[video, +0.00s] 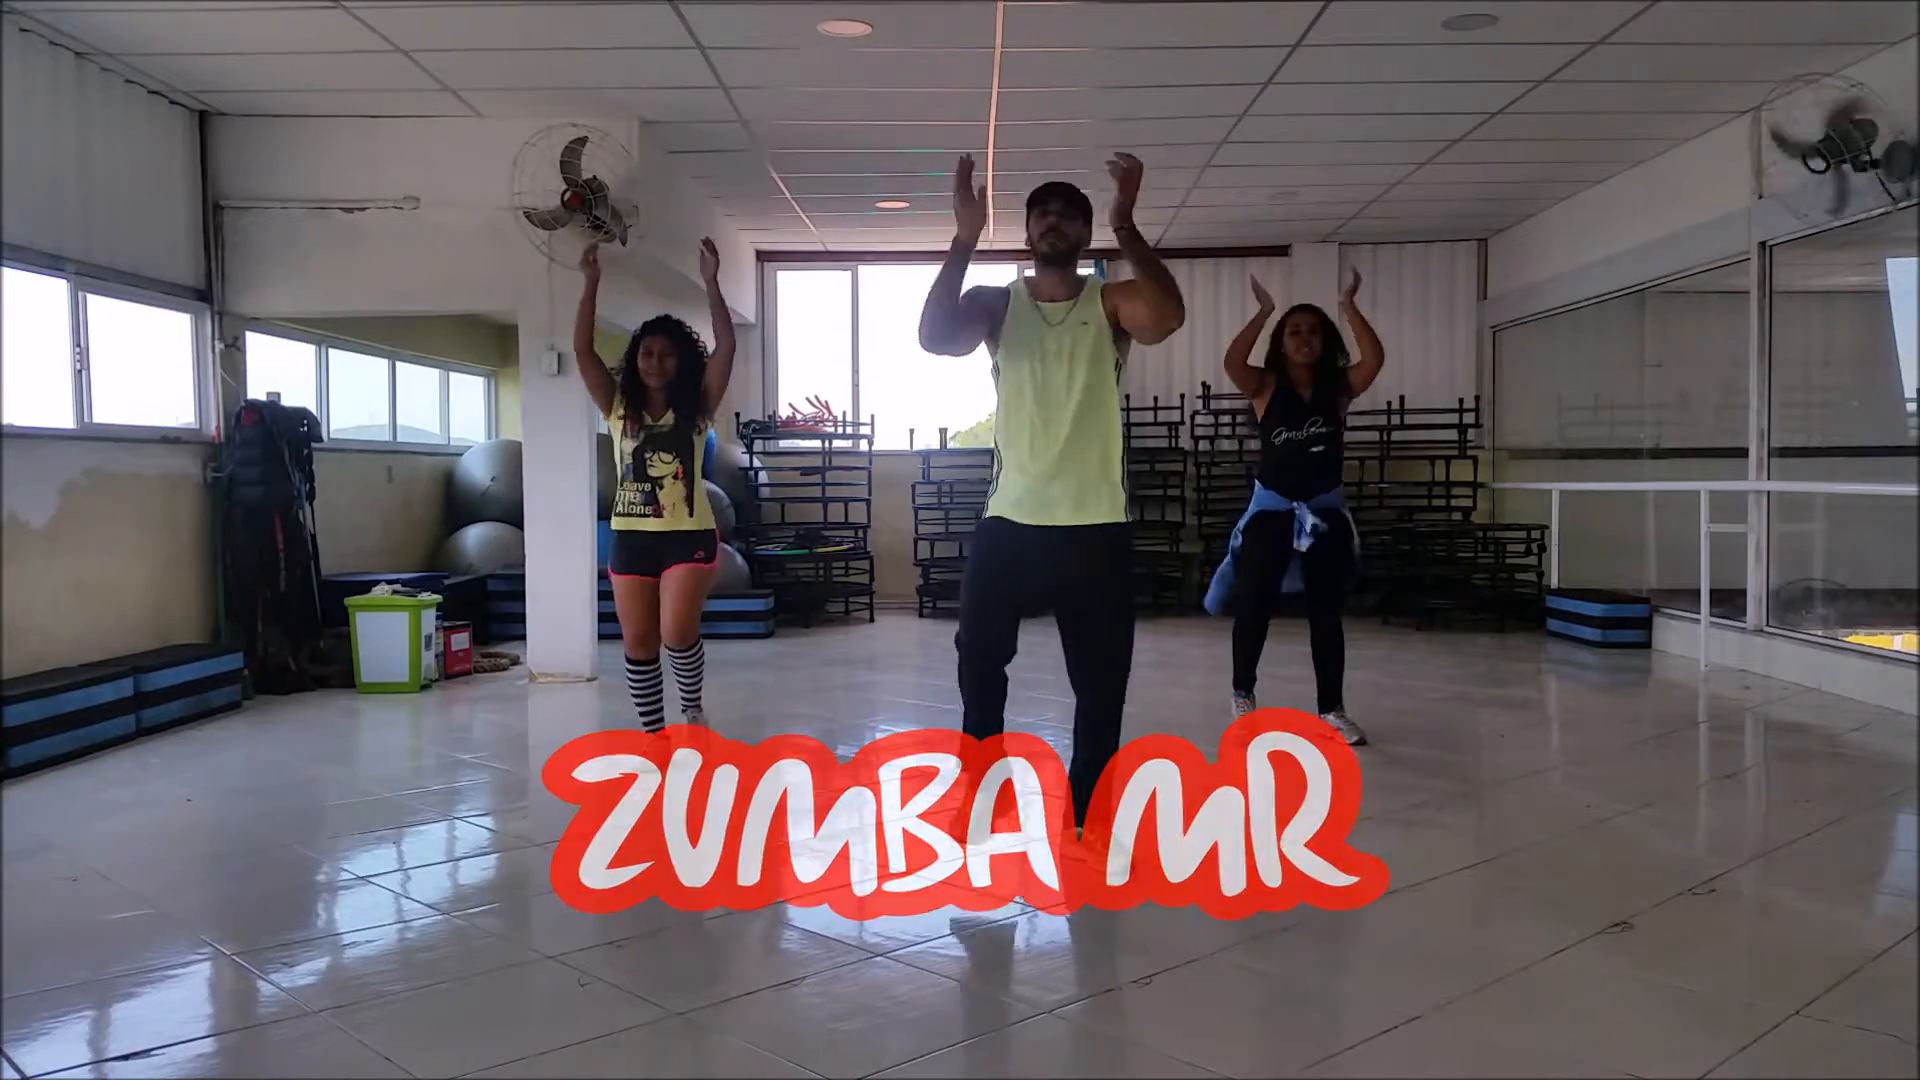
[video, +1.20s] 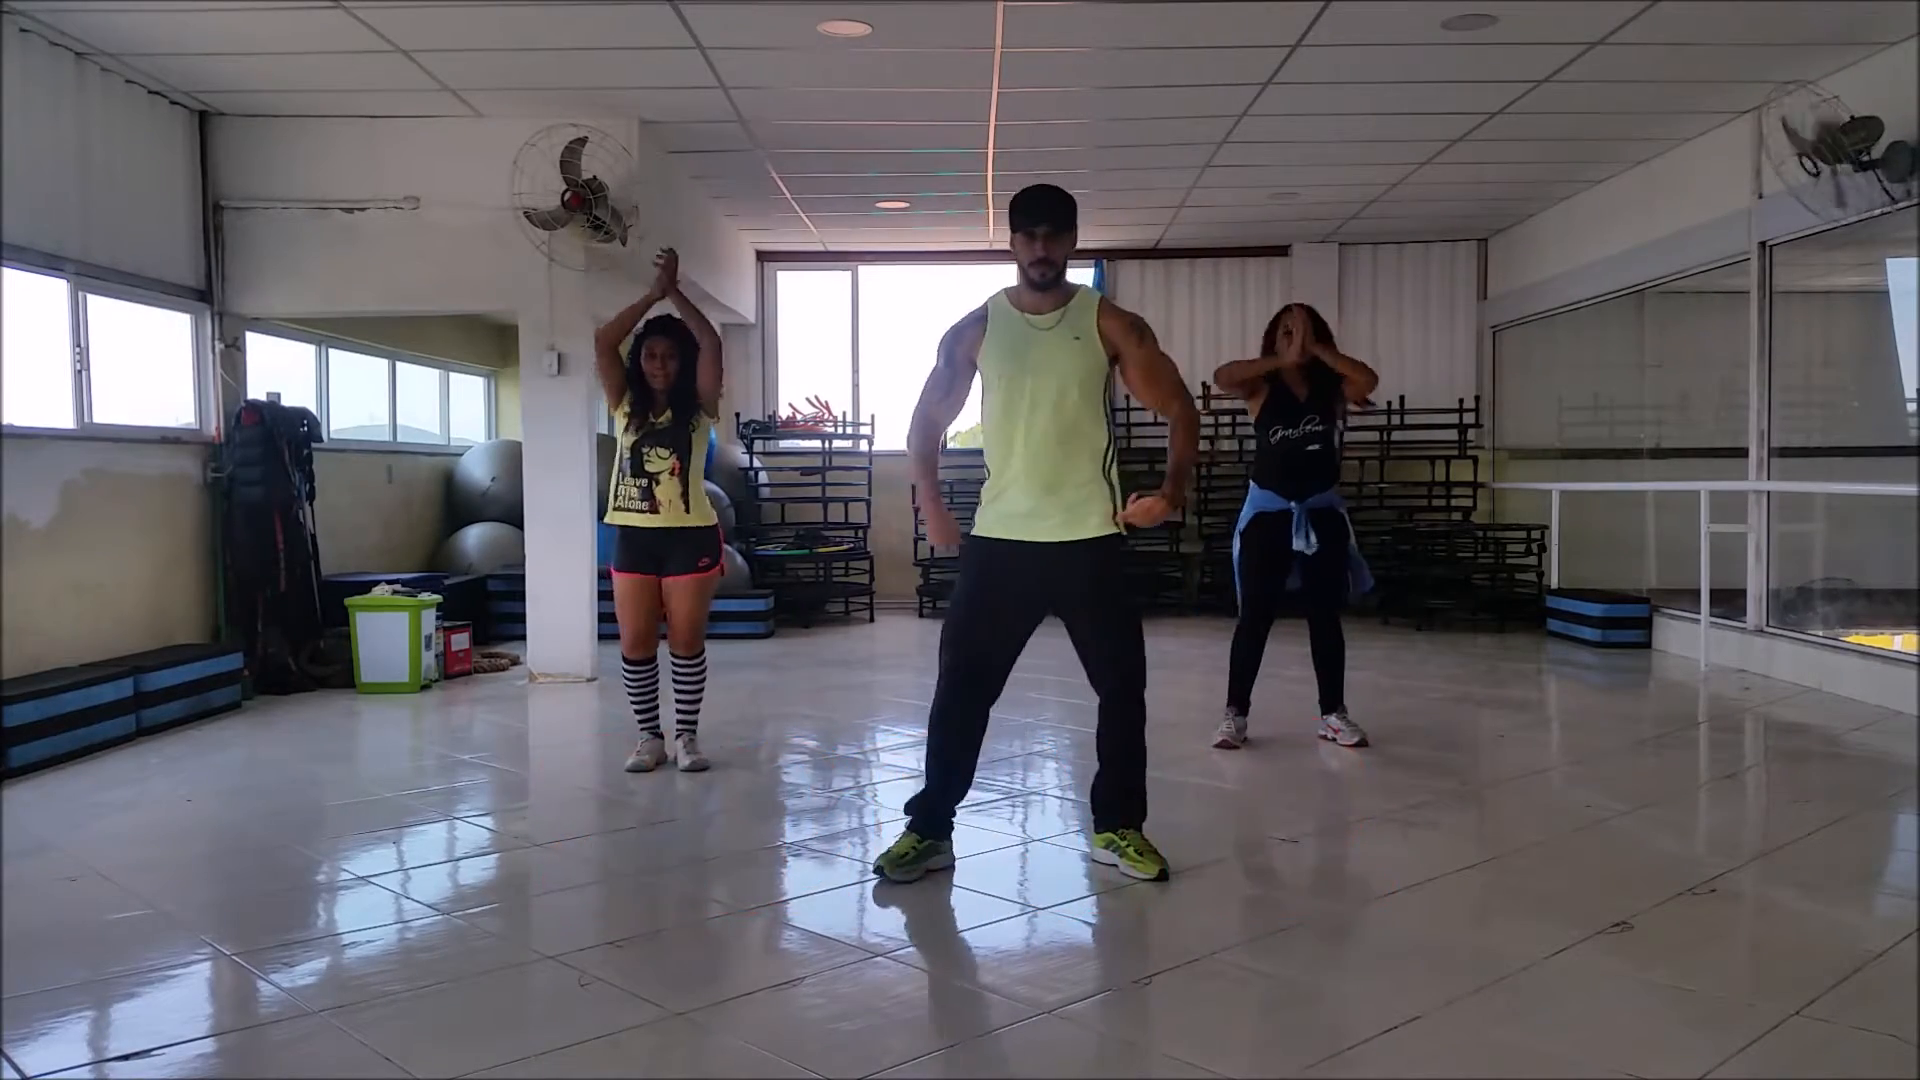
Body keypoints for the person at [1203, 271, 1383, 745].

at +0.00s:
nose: (1304, 339)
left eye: (1313, 332)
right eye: (1295, 333)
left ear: (1326, 341)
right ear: (1280, 342)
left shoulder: (1337, 388)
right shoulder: (1264, 386)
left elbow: (1373, 357)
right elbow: (1233, 363)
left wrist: (1349, 306)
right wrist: (1263, 314)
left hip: (1326, 516)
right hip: (1270, 515)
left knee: (1327, 614)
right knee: (1254, 605)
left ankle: (1332, 712)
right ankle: (1243, 698)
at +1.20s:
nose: (1293, 340)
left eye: (1301, 332)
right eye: (1285, 333)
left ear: (1316, 340)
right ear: (1274, 339)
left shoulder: (1334, 384)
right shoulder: (1259, 383)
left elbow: (1368, 381)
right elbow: (1222, 376)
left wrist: (1322, 350)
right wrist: (1282, 361)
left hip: (1322, 513)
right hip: (1266, 513)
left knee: (1326, 615)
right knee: (1255, 615)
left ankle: (1333, 716)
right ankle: (1235, 717)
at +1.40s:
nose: (1278, 337)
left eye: (1287, 331)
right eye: (1269, 331)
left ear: (1300, 342)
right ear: (1254, 342)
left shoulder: (1317, 390)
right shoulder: (1239, 388)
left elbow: (1368, 434)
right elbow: (1191, 427)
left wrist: (1336, 428)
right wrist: (1239, 436)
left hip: (1309, 513)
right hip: (1252, 514)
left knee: (1343, 598)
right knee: (1245, 611)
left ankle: (1347, 705)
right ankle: (1234, 715)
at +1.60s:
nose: (1282, 335)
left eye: (1291, 329)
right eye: (1273, 329)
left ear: (1304, 339)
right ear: (1258, 339)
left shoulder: (1320, 392)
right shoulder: (1238, 389)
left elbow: (1347, 451)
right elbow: (1206, 453)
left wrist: (1378, 493)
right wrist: (1216, 506)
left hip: (1311, 512)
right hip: (1254, 514)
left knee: (1349, 605)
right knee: (1247, 614)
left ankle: (1382, 707)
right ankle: (1233, 715)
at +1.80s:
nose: (1298, 347)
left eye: (1306, 341)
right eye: (1288, 341)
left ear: (1319, 351)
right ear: (1273, 351)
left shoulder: (1339, 401)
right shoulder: (1255, 405)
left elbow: (1363, 467)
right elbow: (1233, 473)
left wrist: (1387, 528)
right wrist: (1221, 533)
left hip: (1332, 524)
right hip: (1274, 526)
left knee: (1363, 616)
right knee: (1260, 616)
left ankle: (1381, 716)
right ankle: (1225, 713)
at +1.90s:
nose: (1304, 351)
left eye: (1313, 345)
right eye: (1295, 345)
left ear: (1325, 353)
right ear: (1280, 354)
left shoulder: (1344, 406)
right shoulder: (1259, 406)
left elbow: (1367, 473)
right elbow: (1239, 476)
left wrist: (1390, 531)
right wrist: (1225, 539)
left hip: (1339, 525)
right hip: (1283, 528)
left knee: (1368, 616)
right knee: (1262, 620)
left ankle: (1381, 716)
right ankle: (1226, 714)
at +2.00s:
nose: (1306, 350)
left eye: (1315, 343)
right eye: (1297, 342)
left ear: (1327, 352)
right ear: (1282, 351)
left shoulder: (1347, 403)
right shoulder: (1263, 403)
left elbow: (1366, 469)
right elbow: (1241, 470)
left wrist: (1388, 531)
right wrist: (1228, 534)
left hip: (1342, 523)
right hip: (1283, 524)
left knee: (1364, 620)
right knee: (1257, 621)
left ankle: (1381, 717)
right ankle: (1224, 715)